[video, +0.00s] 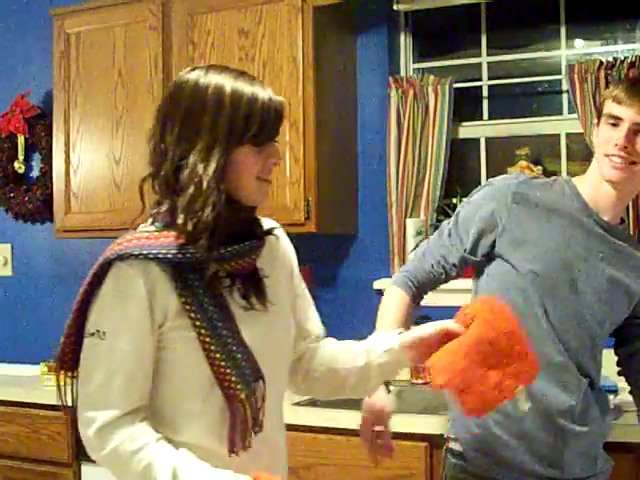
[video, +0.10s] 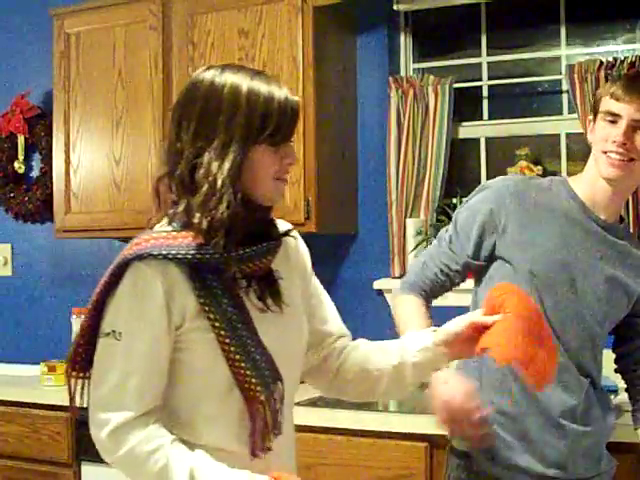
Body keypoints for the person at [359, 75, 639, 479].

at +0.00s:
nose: (624, 142)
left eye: (639, 131)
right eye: (614, 123)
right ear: (594, 129)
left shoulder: (632, 265)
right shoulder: (511, 199)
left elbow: (637, 374)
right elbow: (406, 284)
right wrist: (378, 384)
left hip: (579, 466)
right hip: (484, 459)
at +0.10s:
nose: (622, 139)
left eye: (637, 128)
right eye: (613, 121)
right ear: (590, 125)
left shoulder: (632, 261)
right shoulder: (509, 199)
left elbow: (635, 380)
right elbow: (408, 293)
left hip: (582, 462)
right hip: (490, 456)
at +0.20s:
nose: (618, 142)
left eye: (636, 130)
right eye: (607, 122)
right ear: (584, 123)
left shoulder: (633, 260)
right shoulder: (506, 204)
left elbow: (637, 381)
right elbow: (419, 315)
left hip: (586, 467)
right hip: (491, 460)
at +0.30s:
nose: (622, 147)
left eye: (638, 135)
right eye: (611, 126)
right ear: (581, 125)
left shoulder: (630, 255)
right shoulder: (507, 202)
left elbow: (630, 365)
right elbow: (440, 322)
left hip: (587, 463)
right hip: (493, 459)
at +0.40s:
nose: (630, 149)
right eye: (617, 129)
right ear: (581, 127)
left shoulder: (624, 255)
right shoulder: (511, 200)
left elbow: (635, 375)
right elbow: (446, 331)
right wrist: (564, 283)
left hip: (588, 459)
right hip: (498, 456)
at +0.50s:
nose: (633, 150)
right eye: (620, 129)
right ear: (582, 128)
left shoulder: (622, 257)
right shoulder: (513, 200)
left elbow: (631, 383)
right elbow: (443, 327)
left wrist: (631, 462)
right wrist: (569, 286)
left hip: (583, 458)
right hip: (490, 457)